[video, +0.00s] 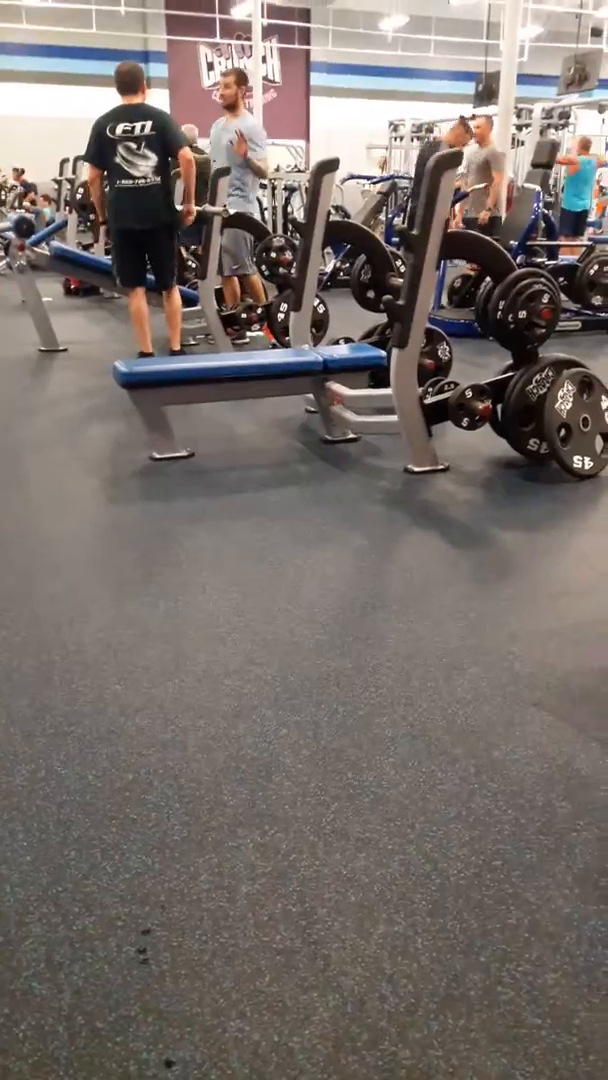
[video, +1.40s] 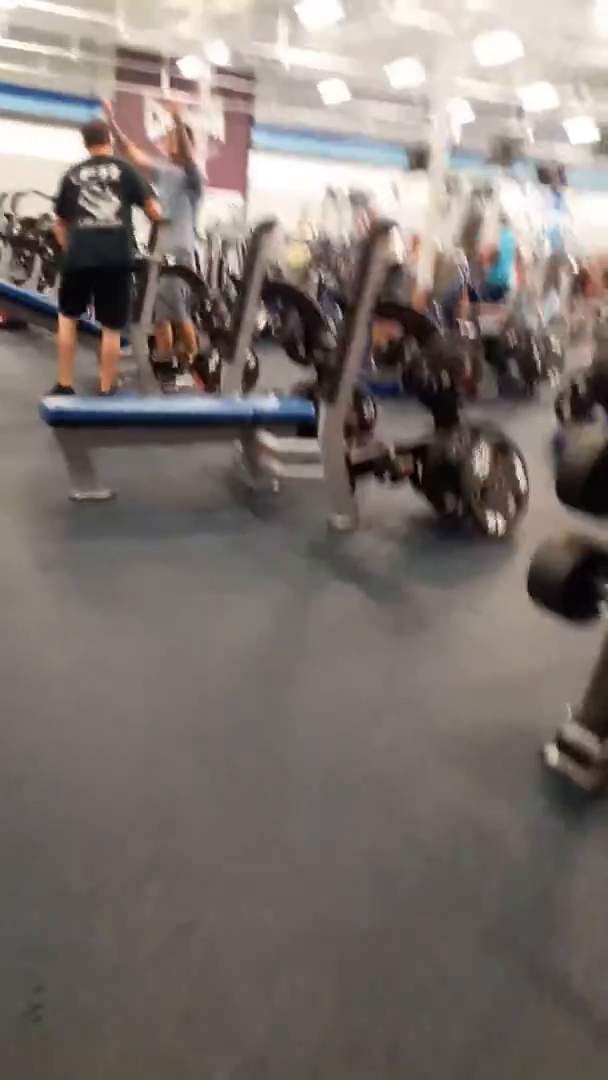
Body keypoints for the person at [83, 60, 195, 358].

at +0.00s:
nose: (146, 88)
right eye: (146, 84)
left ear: (116, 88)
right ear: (144, 86)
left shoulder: (103, 123)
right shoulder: (160, 118)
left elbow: (93, 177)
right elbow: (186, 157)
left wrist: (101, 214)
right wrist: (190, 200)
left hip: (122, 215)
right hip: (159, 212)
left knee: (134, 289)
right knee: (169, 286)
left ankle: (146, 352)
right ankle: (176, 348)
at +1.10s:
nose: (148, 98)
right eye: (148, 93)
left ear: (123, 100)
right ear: (149, 94)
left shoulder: (115, 135)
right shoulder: (167, 127)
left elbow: (109, 180)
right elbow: (195, 168)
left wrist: (118, 211)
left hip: (130, 209)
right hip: (166, 208)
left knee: (121, 283)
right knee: (165, 287)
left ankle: (122, 347)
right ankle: (163, 349)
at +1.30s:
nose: (154, 104)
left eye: (159, 99)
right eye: (155, 98)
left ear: (169, 103)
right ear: (164, 103)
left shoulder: (172, 138)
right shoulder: (156, 135)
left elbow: (156, 173)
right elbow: (150, 171)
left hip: (168, 212)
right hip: (153, 212)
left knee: (169, 270)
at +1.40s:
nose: (168, 146)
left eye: (173, 142)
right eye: (169, 142)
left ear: (184, 148)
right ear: (169, 147)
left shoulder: (192, 178)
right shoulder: (163, 173)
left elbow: (182, 151)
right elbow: (132, 154)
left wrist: (177, 119)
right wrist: (112, 124)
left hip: (181, 250)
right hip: (159, 249)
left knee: (179, 310)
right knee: (160, 313)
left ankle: (194, 364)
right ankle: (163, 365)